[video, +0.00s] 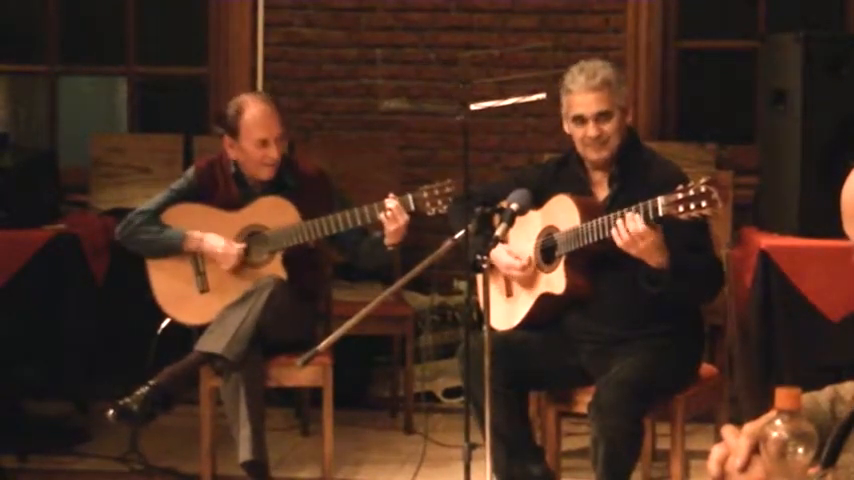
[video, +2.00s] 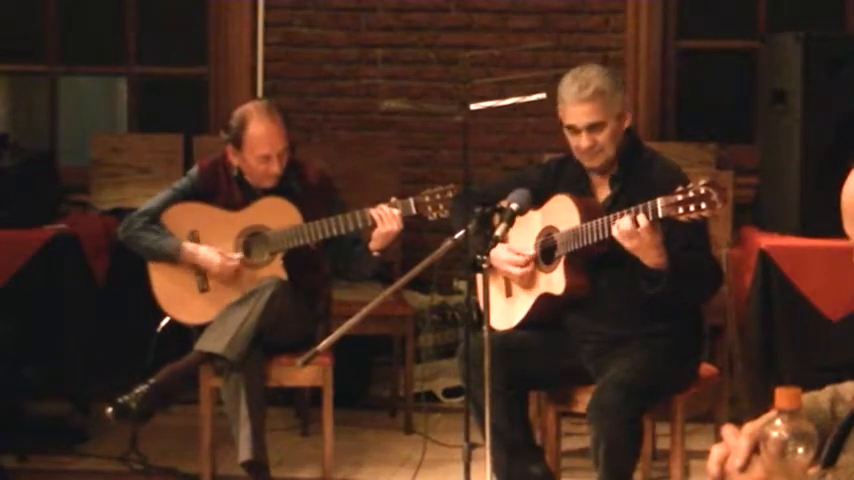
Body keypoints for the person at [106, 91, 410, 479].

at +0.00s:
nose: (274, 153)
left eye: (279, 141)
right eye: (262, 144)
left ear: (286, 137)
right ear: (231, 146)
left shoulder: (307, 183)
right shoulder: (208, 178)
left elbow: (355, 249)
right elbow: (131, 230)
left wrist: (388, 242)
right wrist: (200, 242)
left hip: (296, 314)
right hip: (229, 311)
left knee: (270, 290)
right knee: (243, 353)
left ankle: (167, 383)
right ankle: (254, 468)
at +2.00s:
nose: (276, 168)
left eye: (282, 156)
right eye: (264, 159)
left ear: (289, 145)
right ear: (234, 155)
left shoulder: (308, 184)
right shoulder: (210, 178)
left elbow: (344, 262)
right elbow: (133, 229)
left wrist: (375, 250)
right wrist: (197, 255)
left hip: (296, 315)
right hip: (229, 311)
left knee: (272, 291)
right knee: (244, 350)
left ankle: (167, 381)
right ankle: (255, 468)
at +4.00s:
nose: (275, 151)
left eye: (280, 139)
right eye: (263, 142)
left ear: (287, 136)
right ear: (232, 143)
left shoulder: (310, 185)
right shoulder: (206, 178)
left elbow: (345, 260)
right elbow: (131, 232)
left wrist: (389, 238)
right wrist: (197, 243)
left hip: (297, 319)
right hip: (225, 313)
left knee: (266, 289)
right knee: (244, 356)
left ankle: (169, 395)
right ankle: (252, 470)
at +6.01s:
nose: (152, 143)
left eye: (172, 130)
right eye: (144, 125)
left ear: (214, 132)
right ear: (133, 118)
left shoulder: (263, 190)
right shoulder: (116, 177)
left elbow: (295, 319)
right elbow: (15, 249)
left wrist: (312, 294)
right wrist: (105, 273)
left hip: (237, 375)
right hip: (135, 366)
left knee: (202, 338)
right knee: (162, 442)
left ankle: (90, 448)